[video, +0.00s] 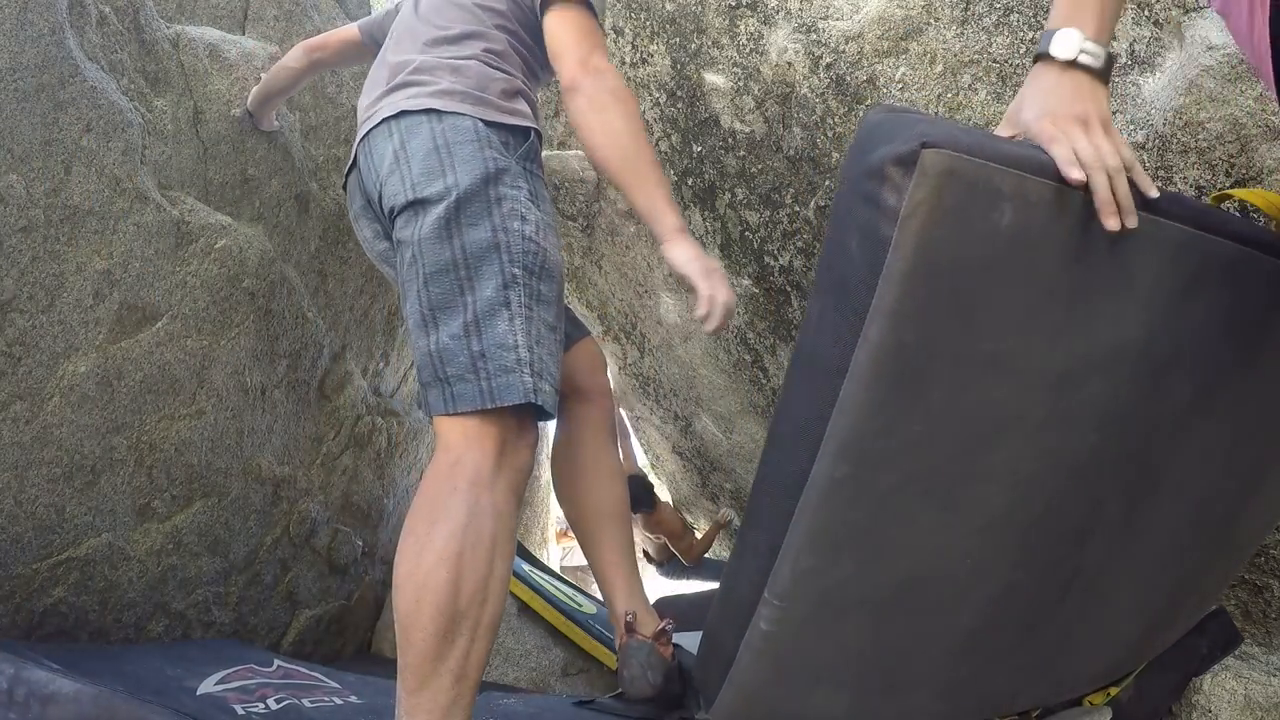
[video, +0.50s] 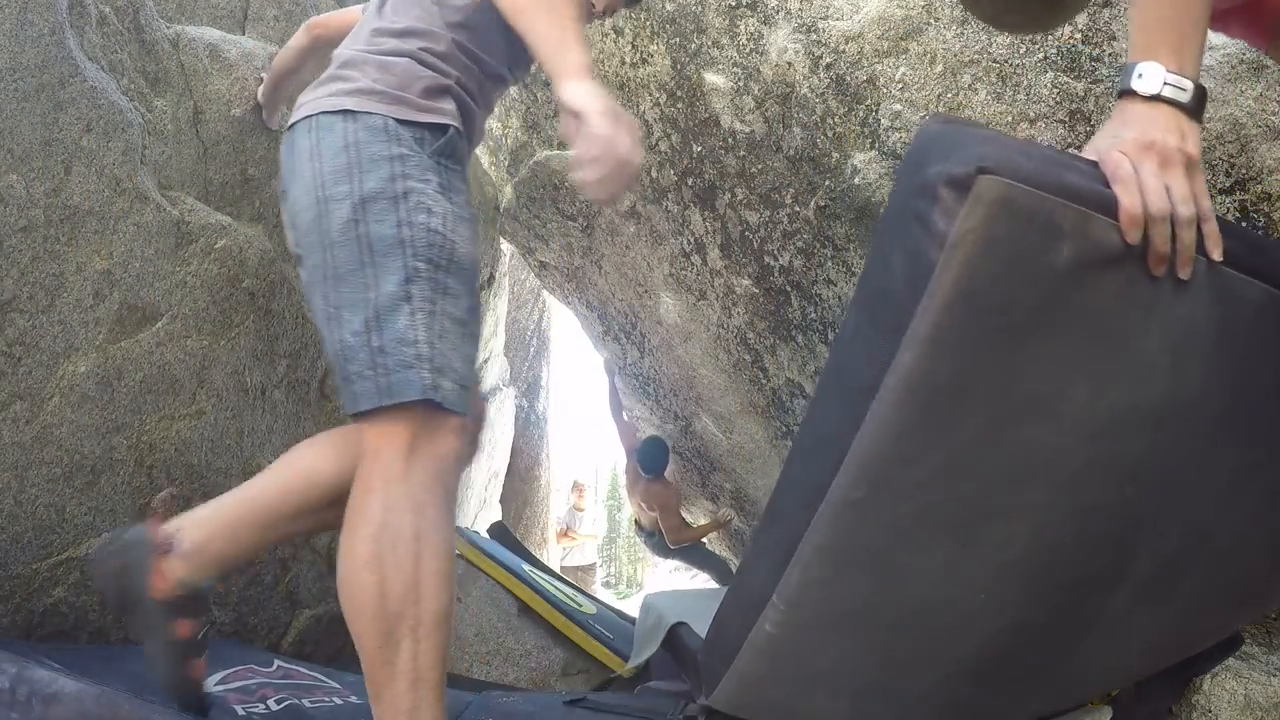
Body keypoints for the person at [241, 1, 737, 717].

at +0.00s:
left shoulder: (416, 10)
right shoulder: (547, 3)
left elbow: (309, 50)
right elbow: (586, 78)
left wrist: (260, 102)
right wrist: (675, 234)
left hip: (373, 170)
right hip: (457, 142)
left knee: (581, 373)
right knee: (484, 439)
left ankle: (638, 634)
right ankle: (429, 709)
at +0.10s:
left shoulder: (419, 10)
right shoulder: (559, 2)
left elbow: (321, 45)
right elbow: (609, 65)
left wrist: (263, 98)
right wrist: (718, 212)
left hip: (367, 161)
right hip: (451, 137)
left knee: (574, 372)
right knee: (485, 435)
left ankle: (636, 639)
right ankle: (430, 708)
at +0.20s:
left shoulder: (428, 9)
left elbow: (327, 44)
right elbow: (611, 39)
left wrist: (267, 90)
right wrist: (734, 186)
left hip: (359, 153)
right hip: (434, 137)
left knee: (550, 379)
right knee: (470, 434)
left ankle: (588, 648)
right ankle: (425, 711)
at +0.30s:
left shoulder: (420, 14)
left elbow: (332, 41)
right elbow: (599, 17)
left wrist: (267, 92)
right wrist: (722, 155)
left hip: (353, 144)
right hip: (418, 132)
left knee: (544, 377)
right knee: (453, 434)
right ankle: (422, 708)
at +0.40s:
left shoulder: (428, 16)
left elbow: (327, 39)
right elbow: (581, 8)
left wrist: (268, 93)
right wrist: (669, 114)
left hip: (360, 136)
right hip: (405, 130)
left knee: (512, 401)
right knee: (448, 426)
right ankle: (420, 710)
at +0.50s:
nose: (609, 13)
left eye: (612, 13)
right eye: (609, 6)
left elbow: (324, 26)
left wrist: (273, 92)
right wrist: (577, 82)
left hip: (362, 128)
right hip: (379, 125)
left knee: (435, 424)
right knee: (420, 428)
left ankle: (171, 558)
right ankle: (411, 708)